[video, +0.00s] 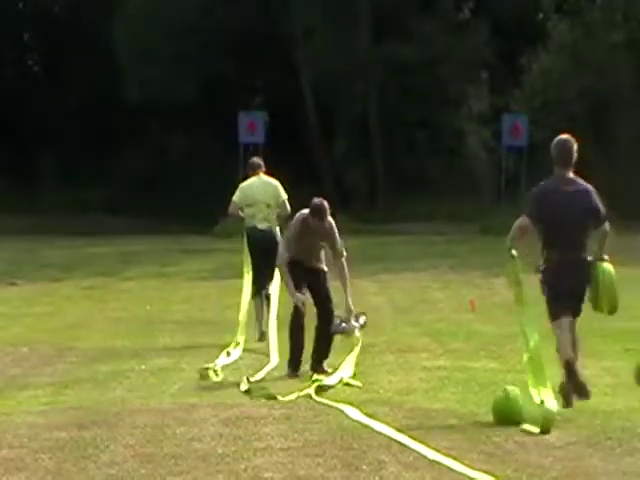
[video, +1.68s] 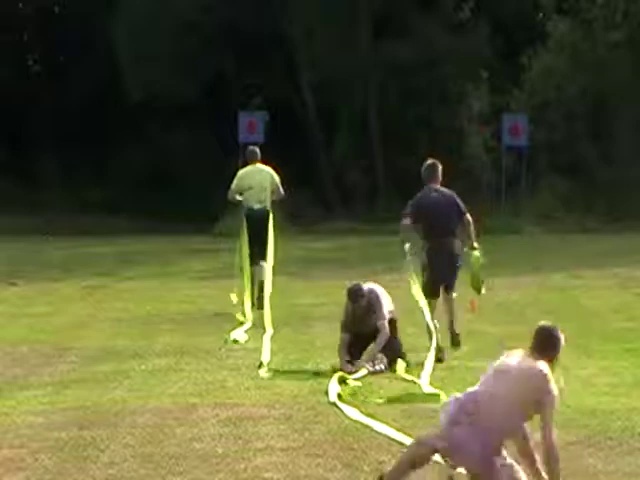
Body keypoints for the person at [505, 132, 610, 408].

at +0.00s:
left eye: (558, 157)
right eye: (571, 155)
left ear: (552, 158)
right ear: (575, 158)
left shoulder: (542, 192)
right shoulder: (586, 191)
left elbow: (523, 225)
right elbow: (604, 228)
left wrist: (510, 247)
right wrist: (598, 255)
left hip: (553, 261)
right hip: (579, 260)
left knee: (560, 320)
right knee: (570, 320)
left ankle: (571, 369)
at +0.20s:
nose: (532, 168)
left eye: (528, 164)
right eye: (538, 163)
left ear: (523, 165)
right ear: (545, 164)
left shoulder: (521, 198)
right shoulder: (559, 195)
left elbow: (508, 229)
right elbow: (577, 226)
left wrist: (495, 245)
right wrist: (572, 256)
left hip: (531, 264)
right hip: (556, 263)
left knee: (529, 327)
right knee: (554, 327)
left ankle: (536, 380)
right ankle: (556, 372)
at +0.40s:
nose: (520, 173)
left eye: (514, 169)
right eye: (524, 169)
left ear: (507, 171)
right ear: (528, 171)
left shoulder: (499, 202)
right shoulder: (539, 200)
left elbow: (488, 238)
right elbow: (551, 232)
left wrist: (488, 266)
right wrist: (548, 257)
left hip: (509, 265)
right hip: (534, 263)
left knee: (514, 320)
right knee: (526, 320)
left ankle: (525, 372)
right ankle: (528, 370)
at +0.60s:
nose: (489, 175)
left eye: (486, 171)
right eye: (497, 169)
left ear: (482, 173)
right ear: (502, 171)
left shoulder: (484, 203)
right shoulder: (518, 199)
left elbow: (468, 238)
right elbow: (535, 231)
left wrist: (458, 265)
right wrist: (533, 260)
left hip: (491, 269)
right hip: (514, 269)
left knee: (485, 318)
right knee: (511, 324)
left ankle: (492, 364)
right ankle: (508, 376)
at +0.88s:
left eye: (461, 182)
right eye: (472, 180)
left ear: (458, 183)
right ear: (477, 181)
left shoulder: (457, 210)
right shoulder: (492, 200)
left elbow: (447, 248)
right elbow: (511, 225)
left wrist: (437, 280)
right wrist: (512, 255)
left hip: (470, 262)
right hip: (493, 259)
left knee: (473, 313)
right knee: (485, 313)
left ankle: (479, 345)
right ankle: (478, 365)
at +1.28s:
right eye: (452, 182)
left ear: (437, 187)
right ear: (454, 183)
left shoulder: (433, 210)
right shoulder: (468, 200)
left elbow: (432, 241)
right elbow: (483, 221)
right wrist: (488, 244)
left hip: (447, 254)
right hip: (467, 251)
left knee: (452, 305)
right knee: (469, 301)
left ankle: (458, 344)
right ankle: (467, 345)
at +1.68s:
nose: (437, 179)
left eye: (433, 176)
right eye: (439, 175)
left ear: (423, 177)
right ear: (440, 176)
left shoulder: (418, 200)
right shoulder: (451, 197)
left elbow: (406, 223)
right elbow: (467, 219)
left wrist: (407, 244)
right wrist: (473, 242)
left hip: (431, 247)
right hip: (452, 246)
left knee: (430, 296)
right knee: (449, 291)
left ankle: (433, 341)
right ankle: (453, 330)